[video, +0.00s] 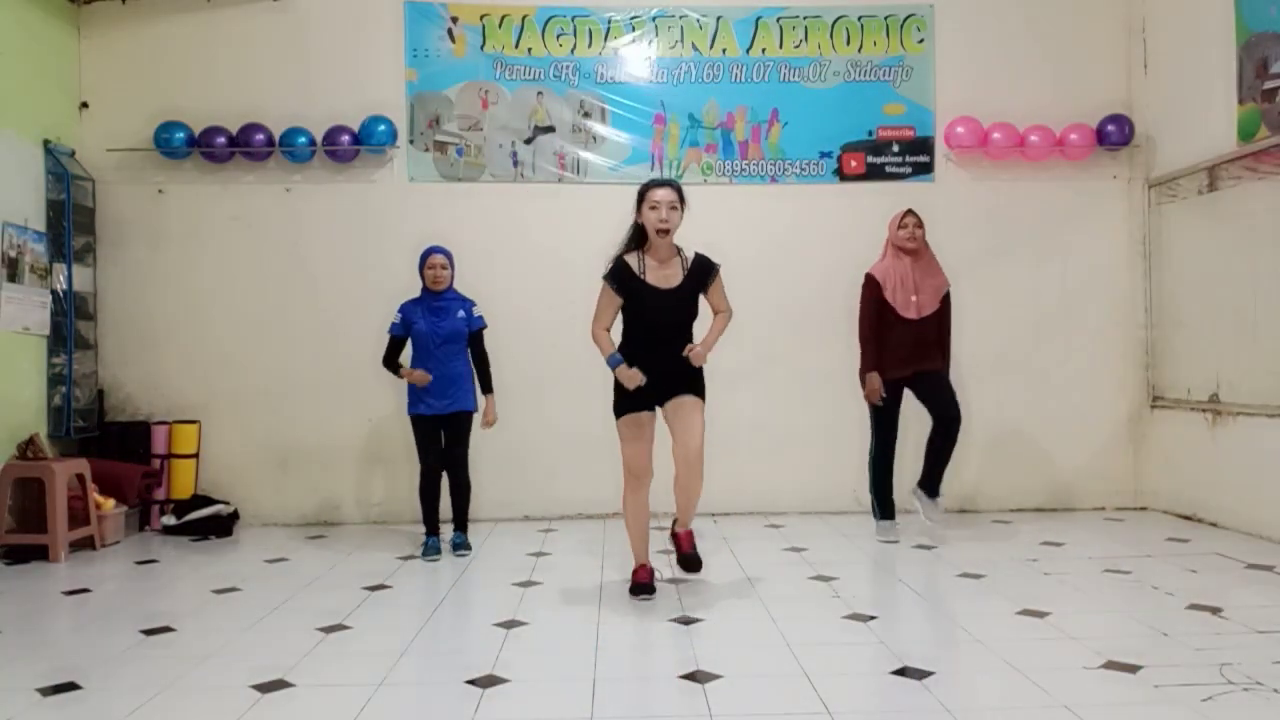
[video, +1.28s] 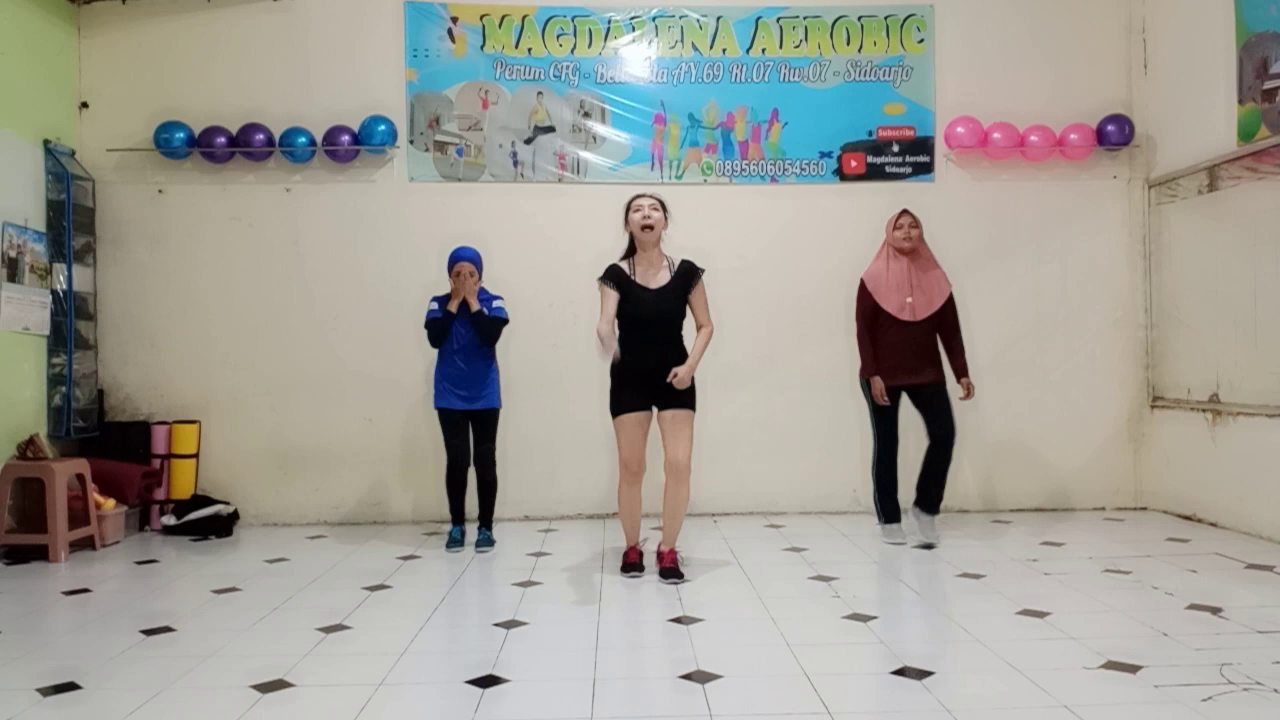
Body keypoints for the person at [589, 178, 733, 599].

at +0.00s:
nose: (664, 215)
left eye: (672, 208)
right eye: (654, 207)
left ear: (681, 215)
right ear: (640, 214)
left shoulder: (699, 267)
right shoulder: (625, 269)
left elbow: (723, 311)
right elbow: (599, 328)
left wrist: (705, 346)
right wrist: (619, 367)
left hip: (681, 371)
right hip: (635, 373)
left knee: (692, 457)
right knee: (638, 473)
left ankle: (683, 529)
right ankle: (641, 564)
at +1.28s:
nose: (647, 215)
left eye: (654, 210)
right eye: (638, 210)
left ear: (665, 223)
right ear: (627, 225)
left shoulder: (685, 272)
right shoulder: (616, 274)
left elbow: (705, 327)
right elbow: (606, 323)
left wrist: (689, 367)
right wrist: (609, 345)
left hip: (674, 375)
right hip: (629, 375)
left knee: (678, 466)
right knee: (632, 468)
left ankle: (668, 549)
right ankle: (632, 547)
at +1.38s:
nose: (647, 214)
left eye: (654, 210)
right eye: (639, 210)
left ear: (665, 223)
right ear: (627, 226)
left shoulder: (686, 272)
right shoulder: (619, 272)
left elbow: (707, 325)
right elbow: (605, 313)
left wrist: (691, 366)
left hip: (671, 372)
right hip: (628, 373)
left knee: (678, 451)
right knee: (630, 464)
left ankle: (669, 530)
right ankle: (631, 546)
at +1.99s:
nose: (655, 219)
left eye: (662, 213)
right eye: (647, 214)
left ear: (674, 225)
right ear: (637, 227)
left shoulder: (692, 273)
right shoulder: (627, 268)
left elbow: (697, 328)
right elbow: (622, 273)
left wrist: (675, 331)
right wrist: (641, 245)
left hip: (679, 371)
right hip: (636, 372)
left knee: (688, 464)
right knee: (642, 464)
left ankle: (675, 542)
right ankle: (644, 546)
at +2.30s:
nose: (655, 219)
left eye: (662, 214)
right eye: (648, 215)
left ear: (674, 225)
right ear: (637, 227)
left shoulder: (690, 272)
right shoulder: (628, 269)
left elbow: (722, 259)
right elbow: (620, 277)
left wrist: (673, 259)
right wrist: (640, 250)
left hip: (682, 373)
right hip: (638, 373)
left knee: (682, 467)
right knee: (637, 465)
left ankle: (678, 547)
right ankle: (646, 544)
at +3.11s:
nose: (658, 217)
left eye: (667, 212)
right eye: (651, 212)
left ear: (677, 224)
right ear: (640, 225)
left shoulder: (692, 266)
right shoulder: (629, 268)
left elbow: (704, 235)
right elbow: (621, 252)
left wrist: (684, 198)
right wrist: (637, 214)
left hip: (685, 372)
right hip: (640, 372)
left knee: (684, 465)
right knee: (642, 466)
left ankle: (679, 549)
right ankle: (642, 546)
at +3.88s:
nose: (657, 185)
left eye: (665, 180)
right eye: (650, 180)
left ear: (676, 191)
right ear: (639, 191)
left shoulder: (689, 231)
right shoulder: (631, 232)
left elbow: (701, 229)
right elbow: (615, 233)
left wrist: (699, 225)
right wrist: (613, 227)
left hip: (686, 339)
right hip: (641, 339)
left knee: (686, 435)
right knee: (644, 436)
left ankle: (683, 528)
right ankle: (648, 527)